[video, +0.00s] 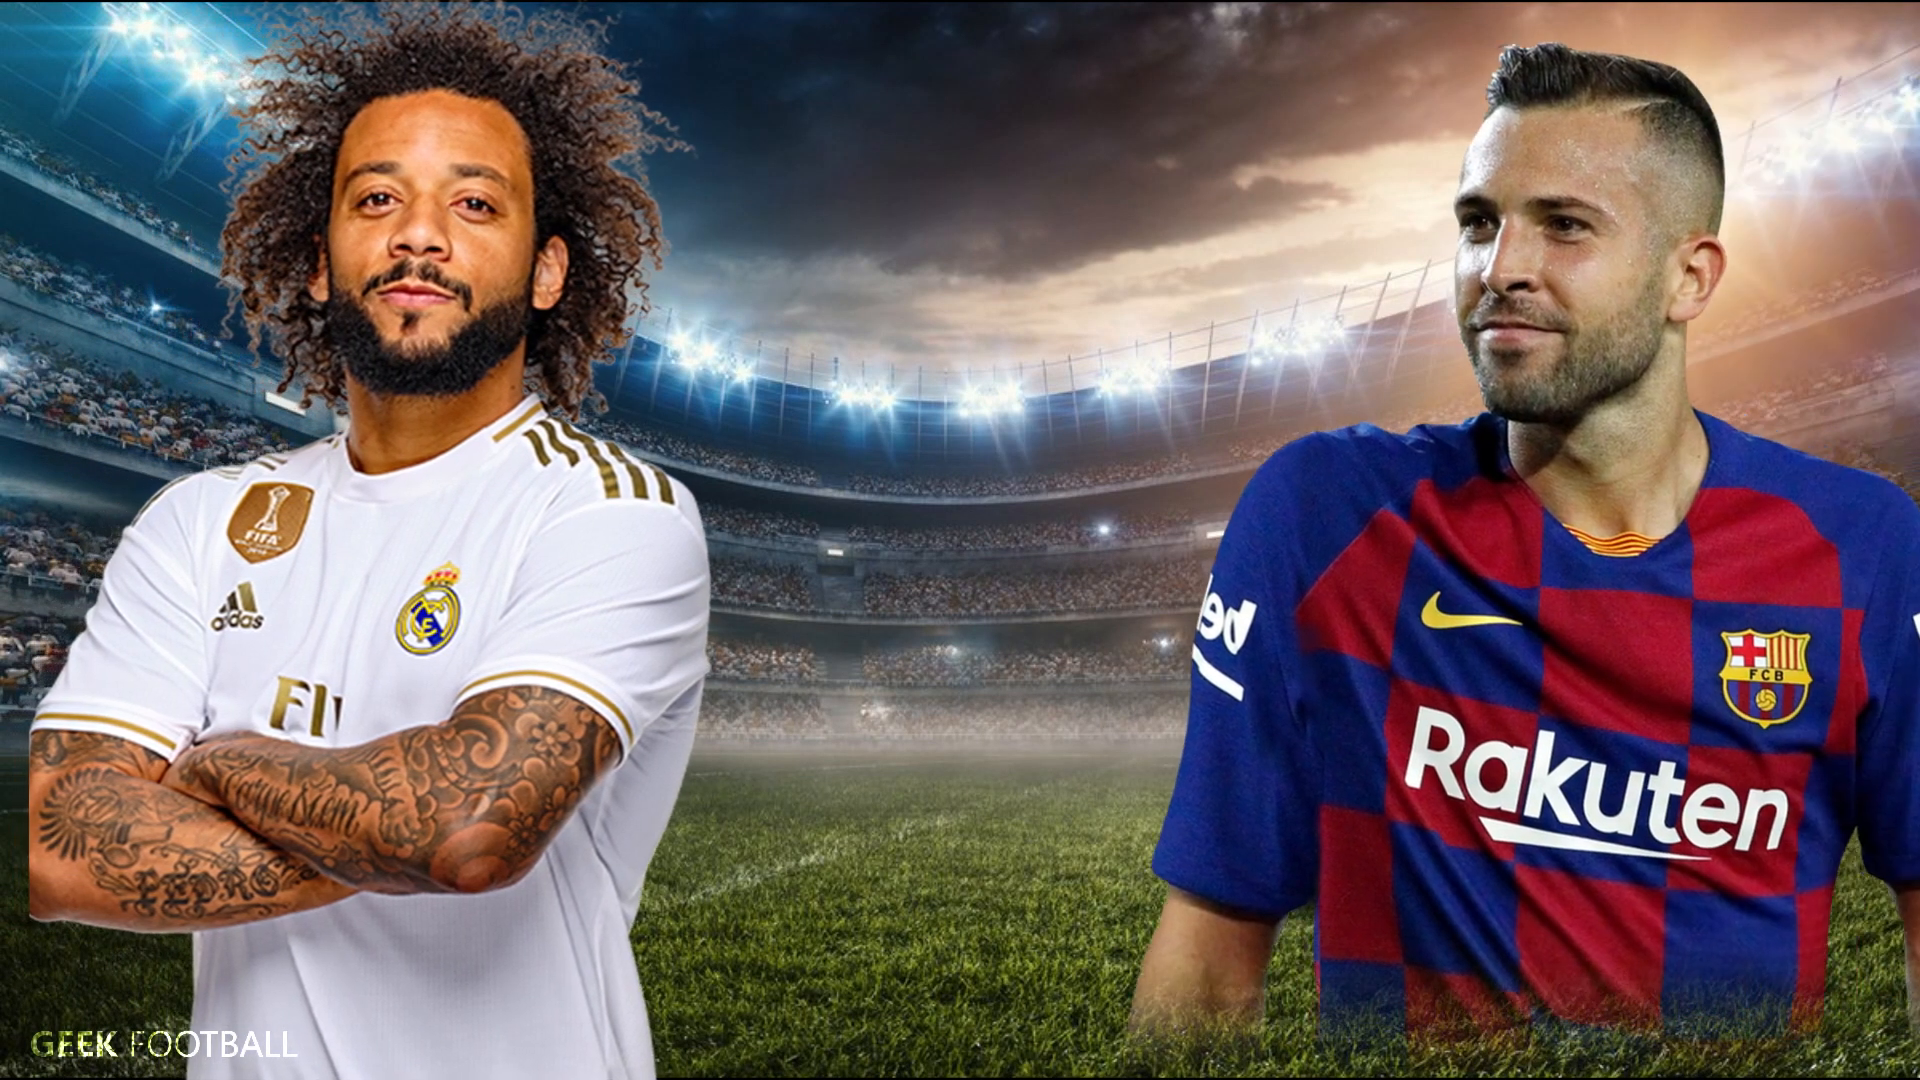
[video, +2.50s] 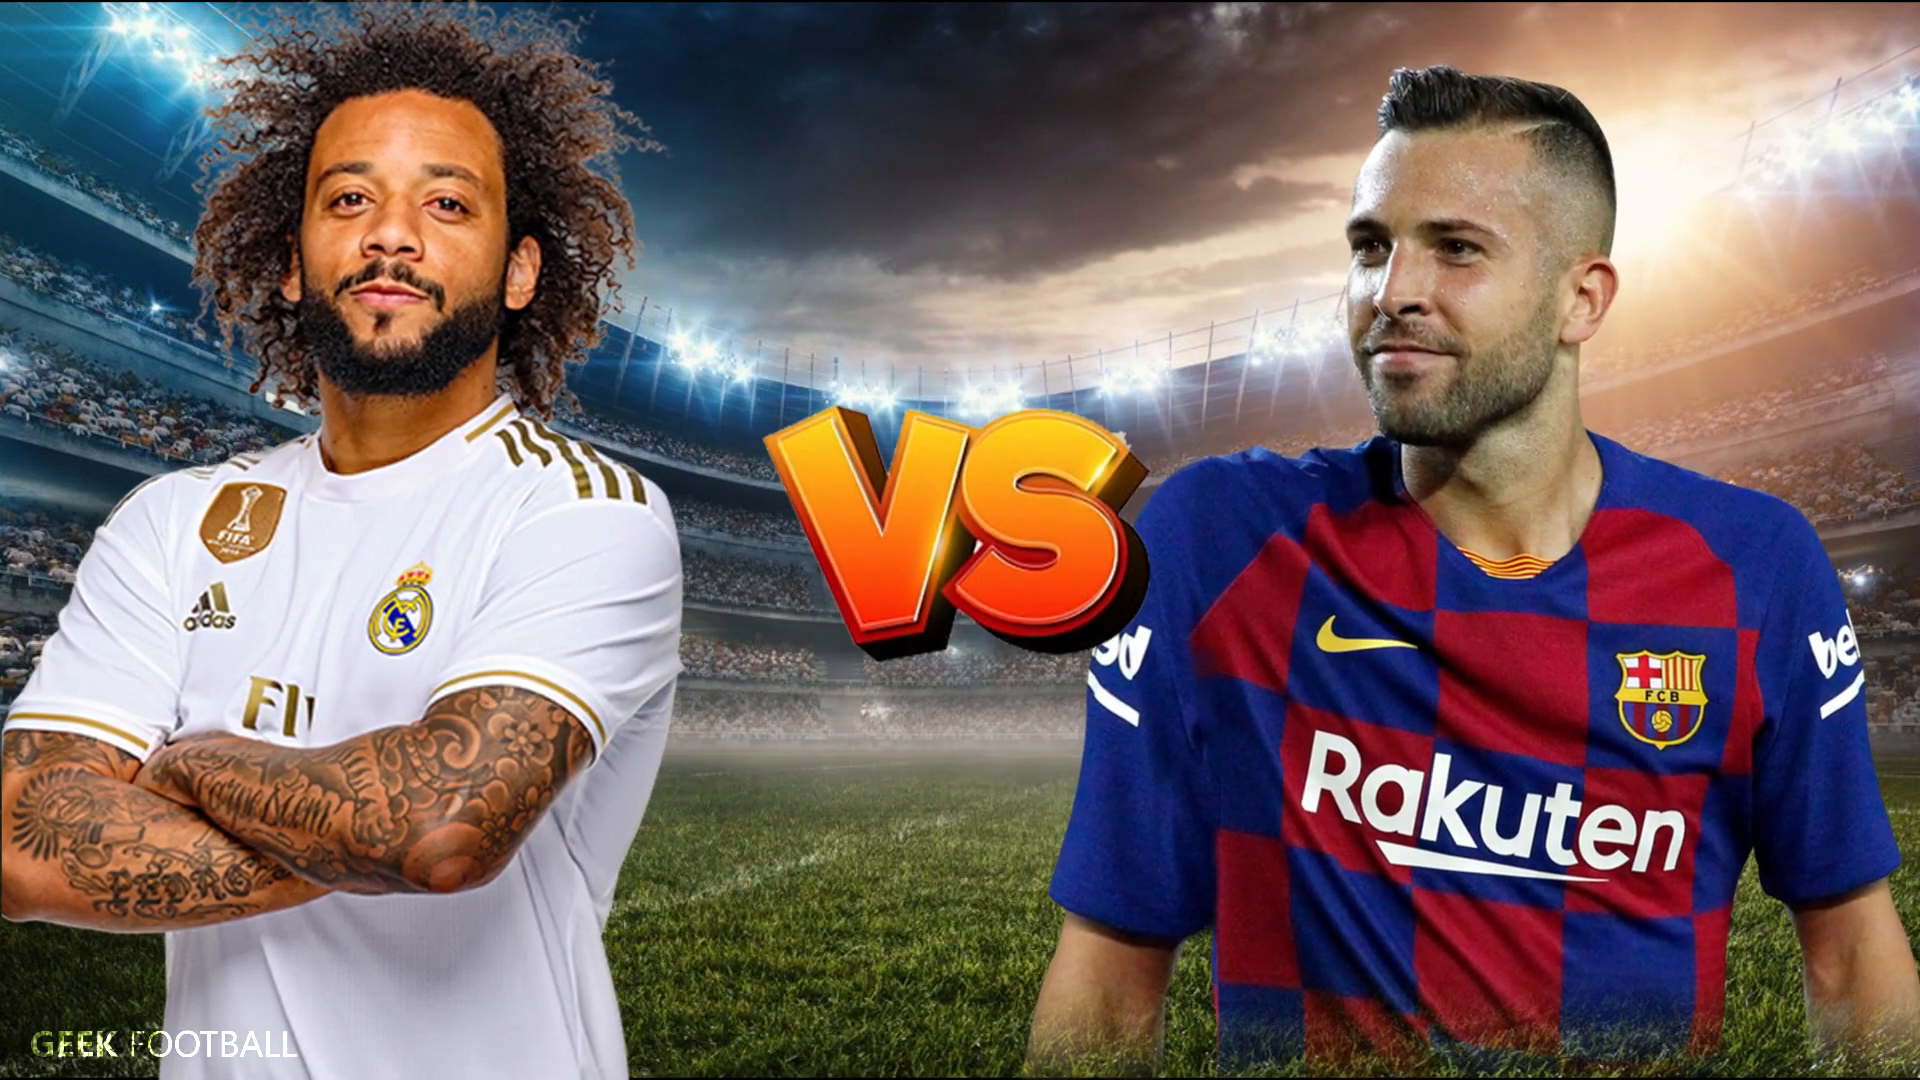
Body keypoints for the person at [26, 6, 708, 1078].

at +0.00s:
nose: (420, 238)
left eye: (476, 204)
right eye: (377, 199)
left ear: (544, 273)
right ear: (323, 259)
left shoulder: (619, 518)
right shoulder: (198, 522)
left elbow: (473, 825)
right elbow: (71, 856)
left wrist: (208, 761)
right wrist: (394, 829)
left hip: (530, 1063)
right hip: (249, 1062)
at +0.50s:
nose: (426, 238)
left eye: (482, 203)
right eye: (383, 199)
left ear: (549, 273)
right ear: (329, 260)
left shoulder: (624, 518)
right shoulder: (203, 523)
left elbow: (478, 825)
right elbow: (77, 856)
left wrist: (214, 761)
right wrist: (400, 829)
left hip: (535, 1063)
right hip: (256, 1063)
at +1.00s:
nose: (422, 238)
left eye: (478, 204)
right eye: (379, 199)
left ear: (546, 273)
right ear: (325, 260)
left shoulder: (621, 518)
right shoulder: (201, 522)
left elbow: (475, 825)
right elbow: (73, 856)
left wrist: (210, 761)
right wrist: (396, 829)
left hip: (531, 1063)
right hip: (252, 1062)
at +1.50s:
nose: (415, 238)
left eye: (471, 204)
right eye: (372, 199)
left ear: (539, 273)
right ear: (319, 259)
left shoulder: (614, 517)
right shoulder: (194, 522)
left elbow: (468, 825)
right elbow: (67, 857)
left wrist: (205, 760)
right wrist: (389, 830)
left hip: (526, 1064)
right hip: (246, 1063)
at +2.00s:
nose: (406, 238)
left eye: (461, 203)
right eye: (362, 199)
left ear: (529, 273)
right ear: (309, 260)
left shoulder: (603, 517)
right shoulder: (184, 523)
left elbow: (460, 824)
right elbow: (51, 853)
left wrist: (193, 761)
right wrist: (378, 829)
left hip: (515, 1064)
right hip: (234, 1063)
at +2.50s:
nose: (393, 238)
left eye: (448, 204)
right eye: (349, 199)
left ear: (517, 273)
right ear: (296, 260)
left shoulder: (591, 518)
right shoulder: (171, 522)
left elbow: (446, 825)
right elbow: (33, 850)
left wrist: (182, 759)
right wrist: (362, 830)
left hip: (501, 1063)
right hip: (220, 1061)